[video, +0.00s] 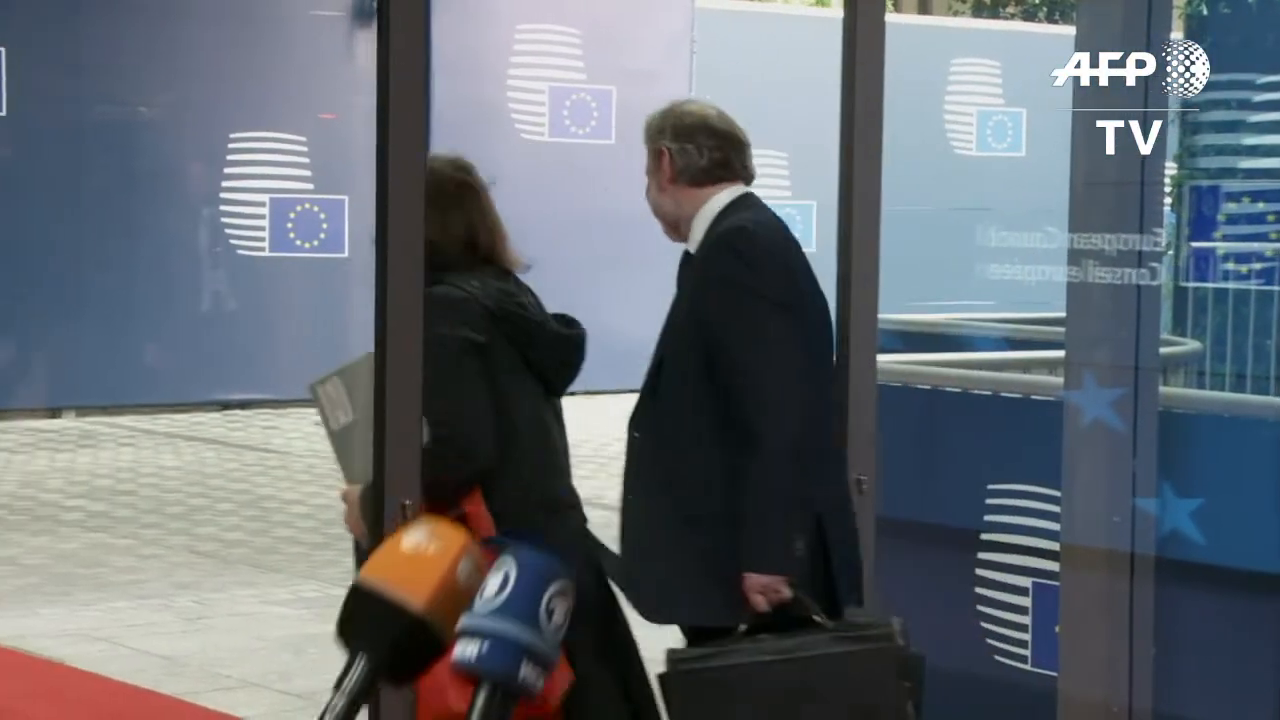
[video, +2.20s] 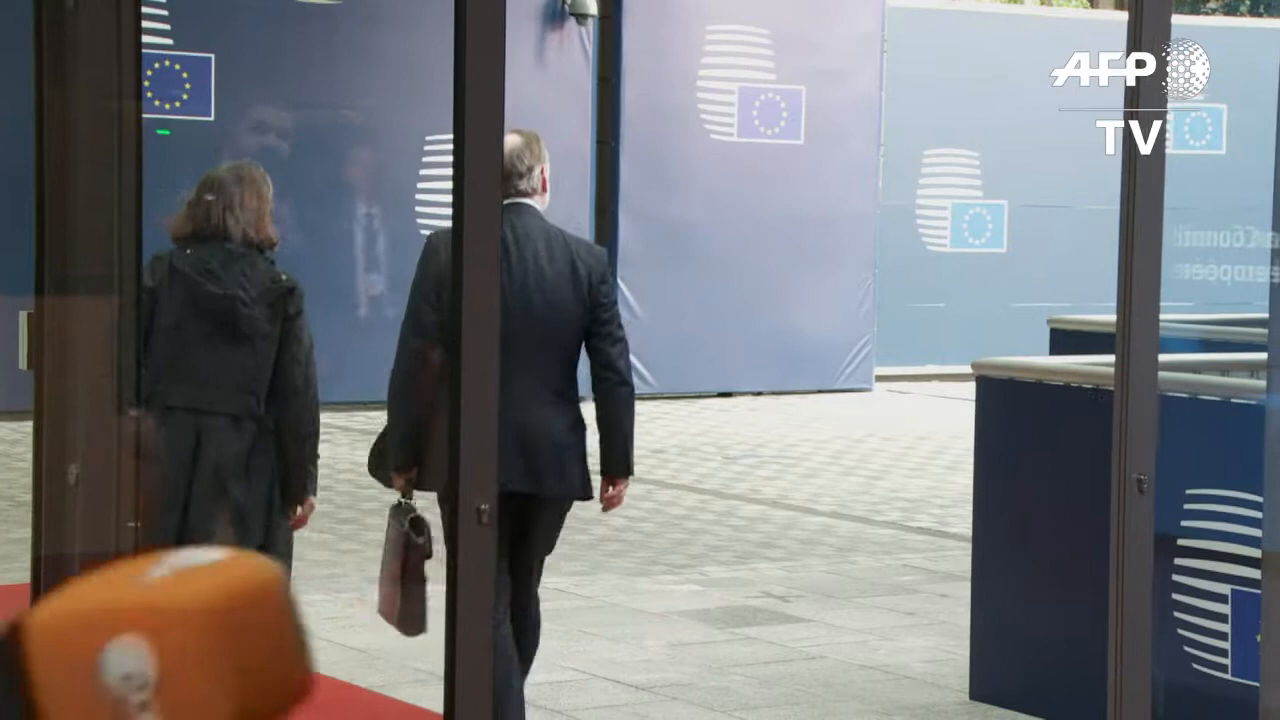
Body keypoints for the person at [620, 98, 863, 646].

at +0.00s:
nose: (647, 193)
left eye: (647, 174)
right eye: (646, 176)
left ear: (667, 166)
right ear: (730, 163)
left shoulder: (737, 248)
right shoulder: (746, 239)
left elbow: (774, 410)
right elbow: (774, 408)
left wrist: (765, 553)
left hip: (739, 570)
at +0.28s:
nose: (641, 178)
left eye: (639, 163)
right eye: (640, 163)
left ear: (650, 165)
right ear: (728, 160)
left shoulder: (680, 247)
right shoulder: (771, 251)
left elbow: (680, 407)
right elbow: (776, 409)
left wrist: (679, 548)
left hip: (698, 552)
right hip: (773, 541)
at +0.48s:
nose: (618, 195)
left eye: (618, 182)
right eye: (618, 183)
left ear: (627, 185)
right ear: (701, 179)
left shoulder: (630, 263)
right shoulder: (760, 272)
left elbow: (622, 417)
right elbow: (766, 424)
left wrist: (611, 556)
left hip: (661, 556)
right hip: (753, 550)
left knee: (657, 708)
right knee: (756, 709)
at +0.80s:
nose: (578, 171)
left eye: (577, 162)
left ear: (584, 168)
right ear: (661, 158)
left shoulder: (564, 251)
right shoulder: (727, 256)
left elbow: (546, 396)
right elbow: (763, 400)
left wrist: (525, 512)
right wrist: (768, 516)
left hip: (596, 515)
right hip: (699, 517)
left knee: (607, 688)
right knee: (664, 683)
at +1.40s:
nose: (559, 165)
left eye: (559, 157)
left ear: (564, 165)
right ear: (633, 165)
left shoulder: (524, 240)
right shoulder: (682, 255)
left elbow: (496, 376)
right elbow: (701, 383)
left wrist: (483, 494)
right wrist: (690, 491)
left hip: (542, 485)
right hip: (643, 488)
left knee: (527, 661)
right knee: (629, 661)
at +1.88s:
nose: (567, 174)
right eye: (566, 166)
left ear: (498, 178)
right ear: (560, 173)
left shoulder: (468, 249)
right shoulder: (610, 253)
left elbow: (445, 367)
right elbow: (636, 371)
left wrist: (439, 473)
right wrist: (624, 465)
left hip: (489, 469)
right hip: (580, 469)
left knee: (477, 618)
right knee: (562, 605)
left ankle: (479, 716)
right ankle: (592, 708)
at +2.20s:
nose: (549, 181)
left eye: (543, 173)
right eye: (548, 174)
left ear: (483, 180)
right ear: (542, 181)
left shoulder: (445, 249)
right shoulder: (585, 259)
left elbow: (416, 354)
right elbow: (612, 367)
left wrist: (402, 453)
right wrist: (617, 460)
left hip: (467, 458)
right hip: (551, 462)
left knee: (484, 600)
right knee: (522, 591)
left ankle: (502, 710)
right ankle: (498, 704)